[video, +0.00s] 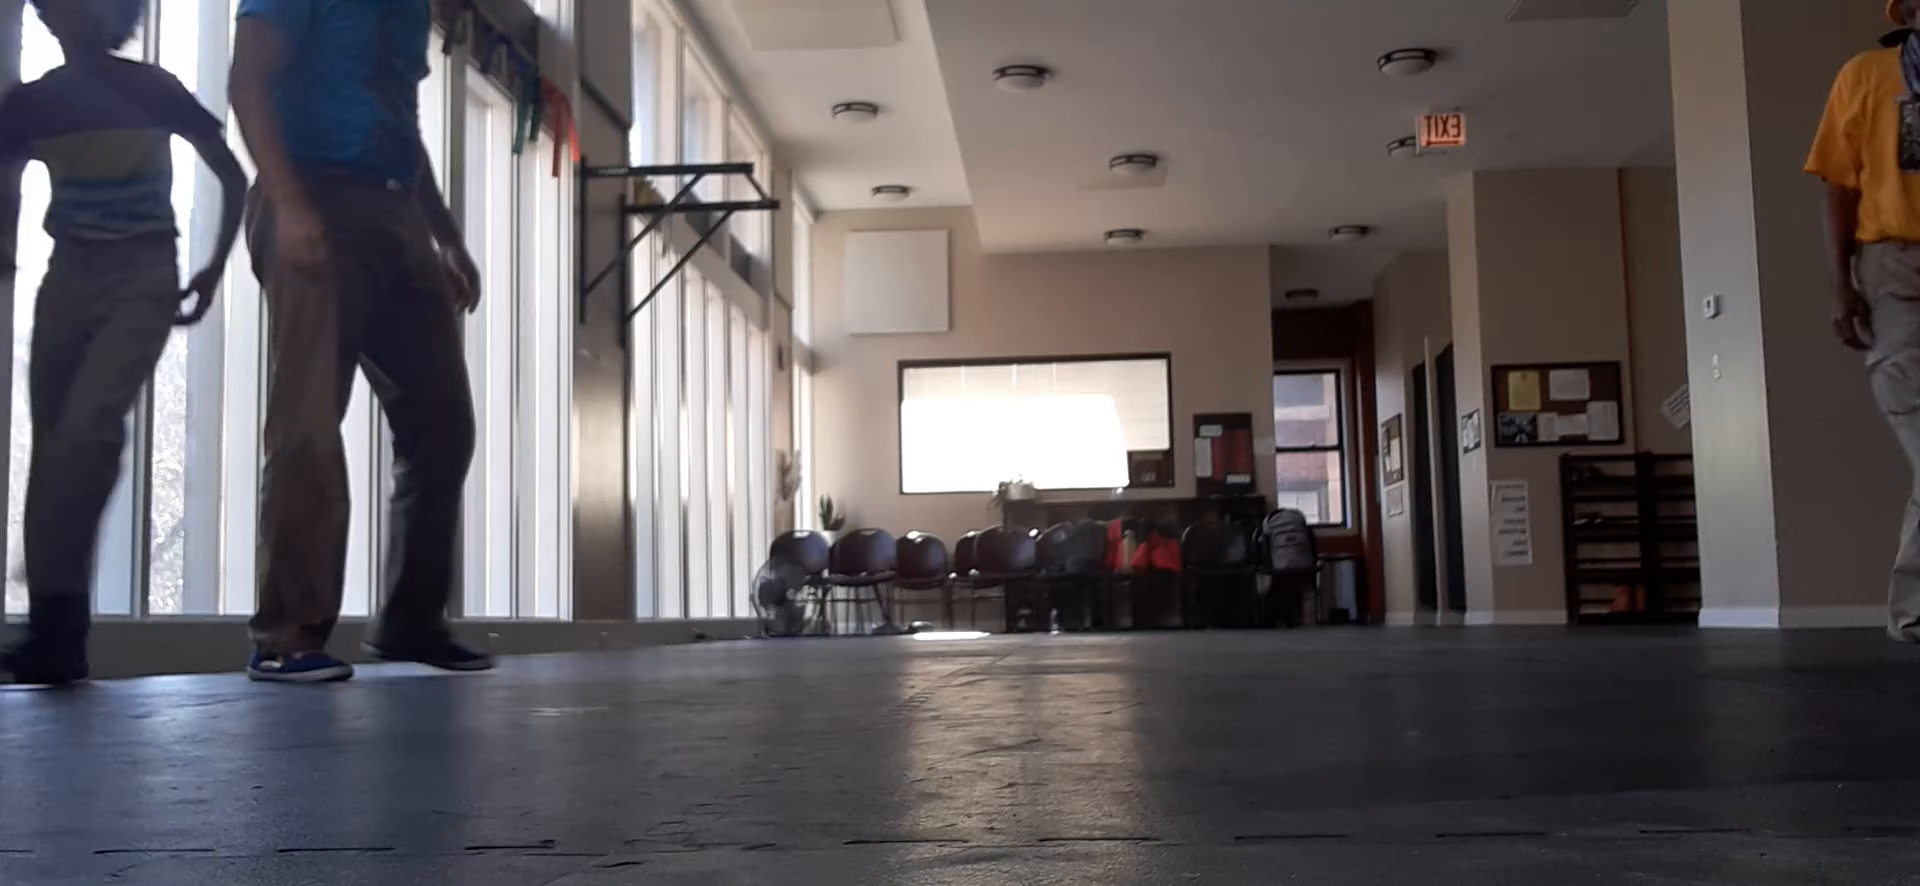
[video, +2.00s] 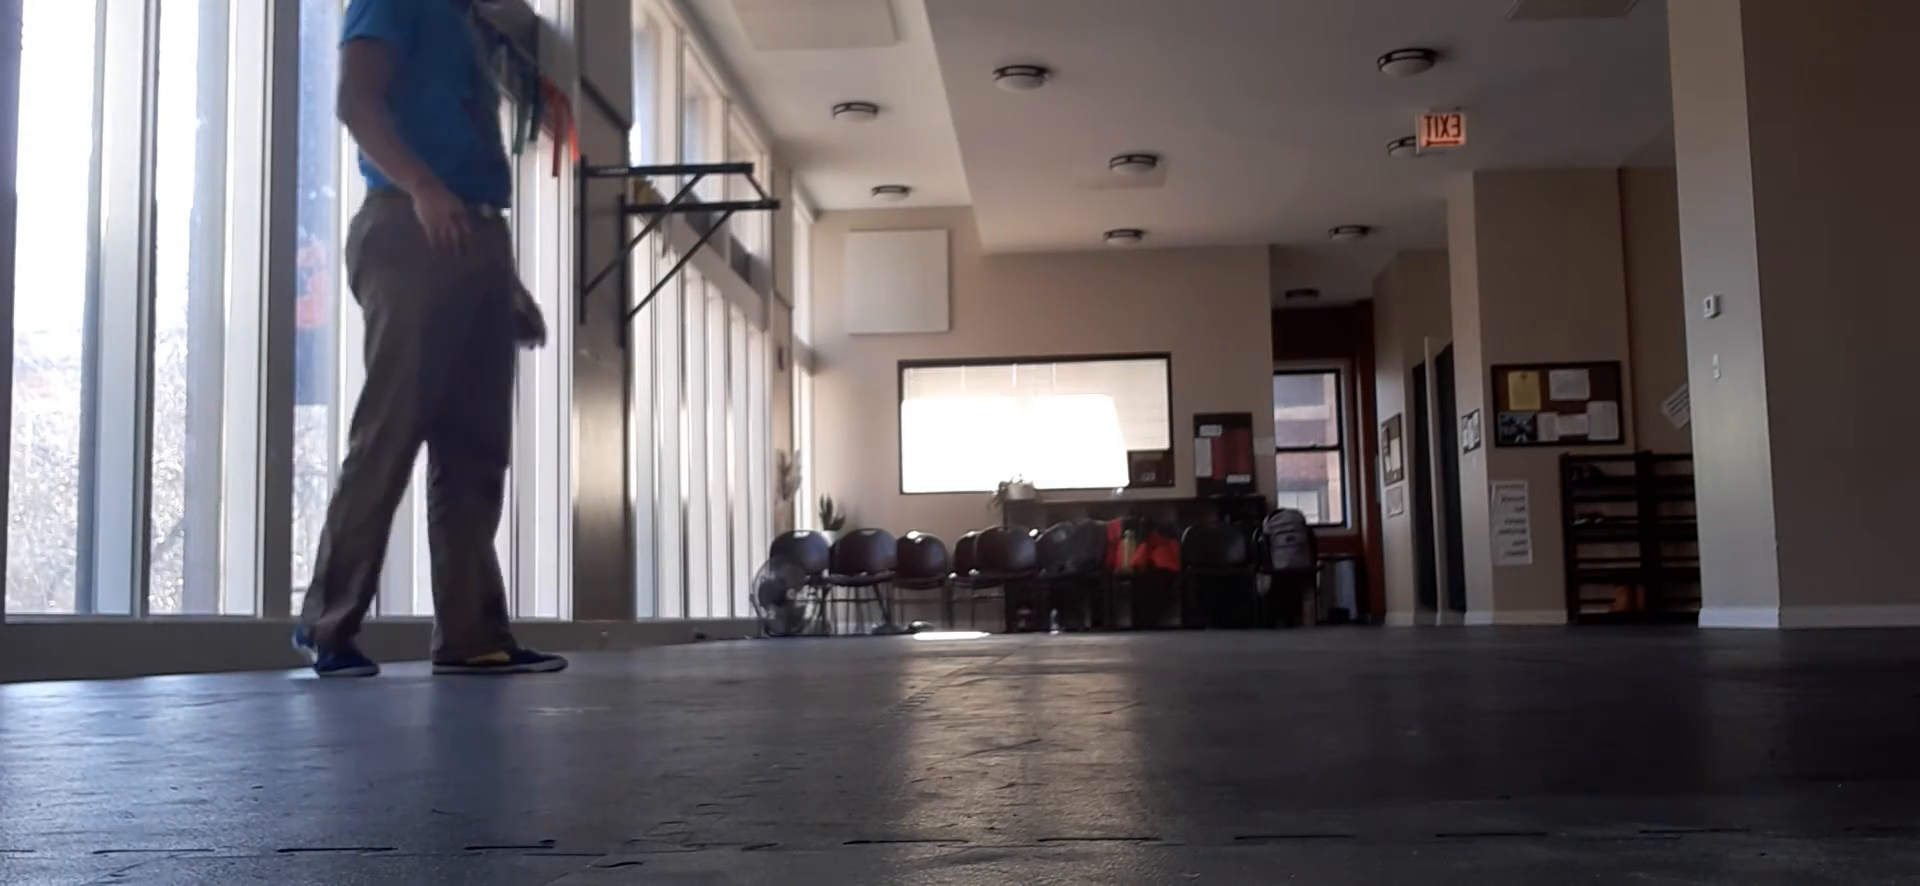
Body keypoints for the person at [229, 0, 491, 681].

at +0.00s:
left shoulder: (410, 11)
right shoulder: (291, 4)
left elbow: (398, 124)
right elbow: (247, 84)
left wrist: (447, 237)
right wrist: (289, 202)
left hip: (396, 211)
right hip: (310, 203)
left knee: (440, 426)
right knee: (305, 430)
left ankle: (412, 623)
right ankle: (285, 640)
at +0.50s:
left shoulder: (466, 23)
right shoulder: (383, 4)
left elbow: (472, 167)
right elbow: (350, 90)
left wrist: (513, 270)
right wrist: (399, 195)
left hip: (479, 226)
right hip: (415, 218)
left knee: (478, 447)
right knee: (379, 427)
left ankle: (472, 637)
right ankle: (295, 631)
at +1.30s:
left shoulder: (513, 24)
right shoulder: (454, 5)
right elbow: (404, 95)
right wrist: (445, 198)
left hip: (514, 221)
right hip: (467, 214)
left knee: (516, 437)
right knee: (487, 414)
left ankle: (477, 634)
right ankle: (402, 610)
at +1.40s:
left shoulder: (513, 24)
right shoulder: (457, 5)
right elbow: (403, 92)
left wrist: (545, 102)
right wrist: (443, 192)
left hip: (511, 220)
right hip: (463, 211)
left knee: (514, 428)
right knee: (493, 402)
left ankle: (477, 631)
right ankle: (401, 607)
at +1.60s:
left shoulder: (505, 26)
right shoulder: (452, 6)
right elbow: (403, 90)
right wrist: (444, 191)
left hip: (500, 225)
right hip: (456, 219)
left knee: (501, 438)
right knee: (481, 414)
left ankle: (474, 636)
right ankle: (378, 601)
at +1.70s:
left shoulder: (500, 34)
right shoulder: (447, 6)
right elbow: (399, 88)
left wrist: (523, 286)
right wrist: (446, 188)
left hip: (497, 230)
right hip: (451, 221)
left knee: (496, 445)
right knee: (472, 419)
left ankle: (474, 639)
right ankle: (358, 593)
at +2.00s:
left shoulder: (471, 30)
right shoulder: (394, 5)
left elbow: (471, 167)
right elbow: (357, 104)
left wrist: (504, 287)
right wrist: (422, 184)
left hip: (480, 238)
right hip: (411, 230)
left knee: (474, 453)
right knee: (391, 433)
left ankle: (472, 639)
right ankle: (328, 625)